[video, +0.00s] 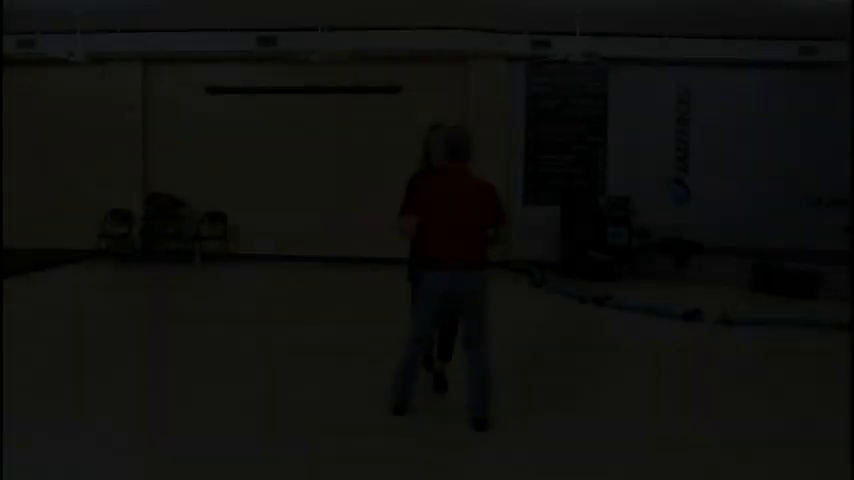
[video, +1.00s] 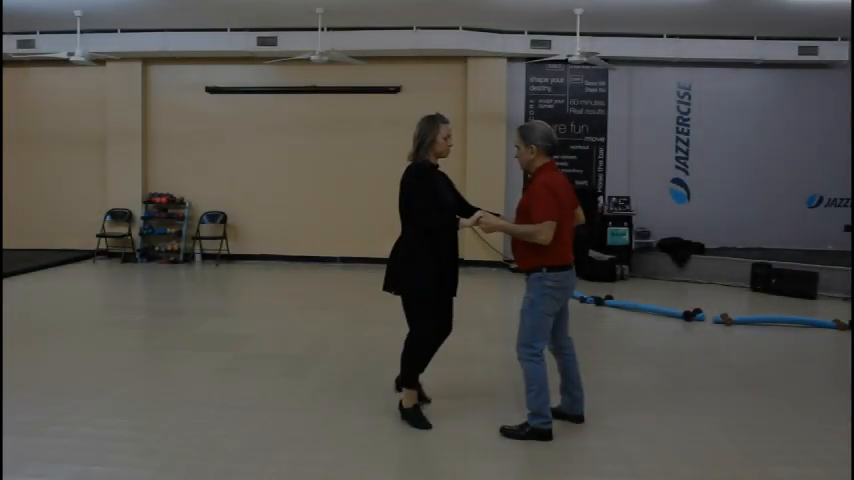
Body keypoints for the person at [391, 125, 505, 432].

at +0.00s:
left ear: (434, 152)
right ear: (469, 153)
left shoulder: (423, 185)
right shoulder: (482, 190)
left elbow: (407, 226)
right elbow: (498, 232)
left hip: (431, 276)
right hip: (471, 277)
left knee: (419, 338)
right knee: (475, 345)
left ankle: (402, 398)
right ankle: (480, 410)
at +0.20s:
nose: (450, 150)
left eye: (455, 146)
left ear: (461, 150)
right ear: (491, 151)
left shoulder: (452, 182)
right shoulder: (506, 185)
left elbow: (441, 226)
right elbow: (527, 227)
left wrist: (422, 221)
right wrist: (497, 228)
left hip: (461, 271)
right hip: (499, 273)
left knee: (440, 336)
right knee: (490, 343)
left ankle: (432, 405)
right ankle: (482, 413)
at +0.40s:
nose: (474, 150)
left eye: (476, 145)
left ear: (481, 149)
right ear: (508, 149)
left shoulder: (476, 183)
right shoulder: (524, 182)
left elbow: (470, 229)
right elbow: (549, 221)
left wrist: (447, 224)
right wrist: (520, 228)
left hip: (488, 273)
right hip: (519, 272)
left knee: (479, 346)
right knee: (497, 344)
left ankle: (519, 410)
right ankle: (483, 412)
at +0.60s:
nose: (490, 153)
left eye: (492, 148)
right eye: (492, 148)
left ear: (499, 151)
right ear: (521, 150)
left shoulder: (500, 185)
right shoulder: (539, 182)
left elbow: (499, 233)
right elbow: (566, 219)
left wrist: (469, 231)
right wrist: (533, 227)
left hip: (519, 279)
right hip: (540, 276)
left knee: (520, 349)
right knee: (506, 343)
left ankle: (539, 422)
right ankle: (498, 408)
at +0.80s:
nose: (505, 150)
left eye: (507, 145)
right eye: (505, 145)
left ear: (519, 148)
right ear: (533, 147)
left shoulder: (524, 180)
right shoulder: (548, 176)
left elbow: (529, 228)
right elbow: (578, 214)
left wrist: (493, 230)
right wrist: (545, 226)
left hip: (535, 276)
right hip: (551, 272)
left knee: (530, 349)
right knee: (535, 342)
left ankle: (539, 423)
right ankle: (552, 401)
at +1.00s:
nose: (516, 154)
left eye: (519, 148)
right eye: (517, 148)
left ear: (534, 150)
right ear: (542, 151)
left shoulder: (543, 184)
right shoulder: (558, 179)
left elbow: (543, 235)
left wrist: (500, 225)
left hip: (545, 279)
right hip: (561, 275)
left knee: (529, 350)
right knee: (561, 343)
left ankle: (538, 422)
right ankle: (573, 407)